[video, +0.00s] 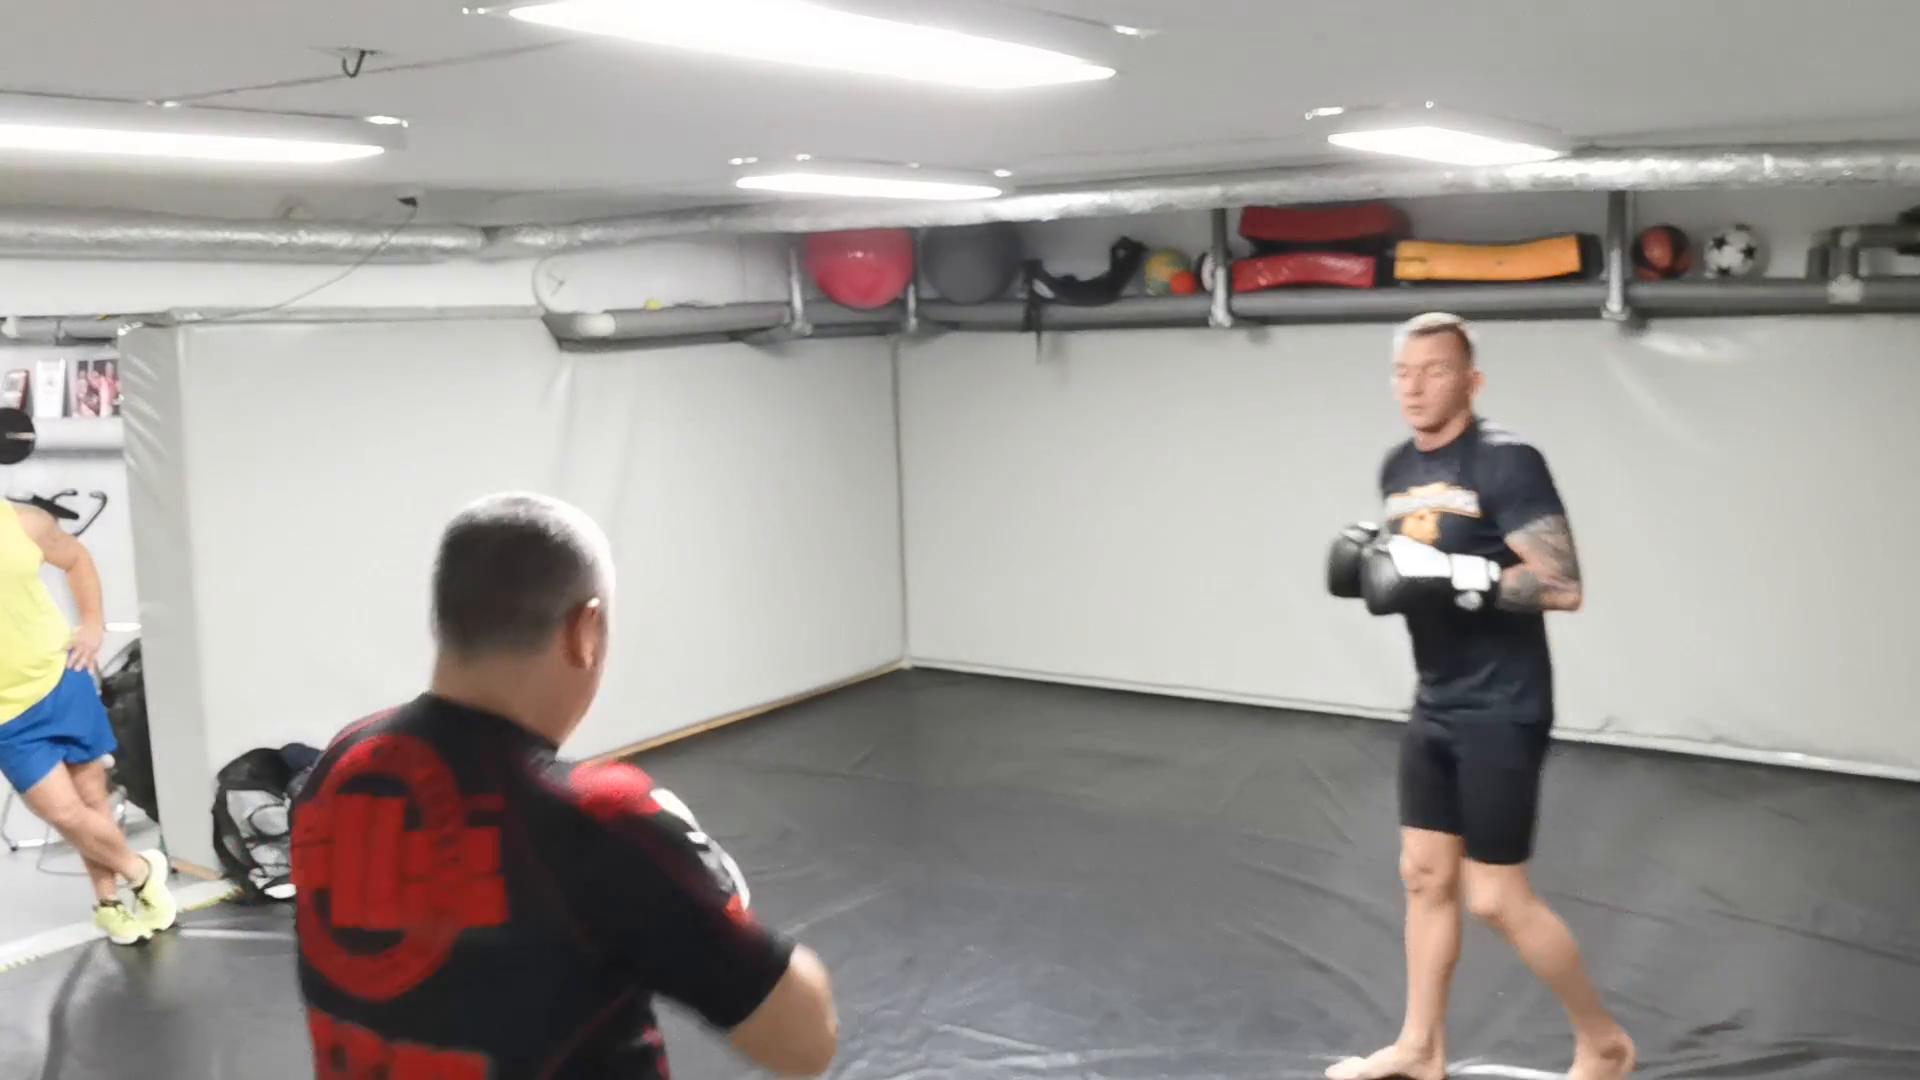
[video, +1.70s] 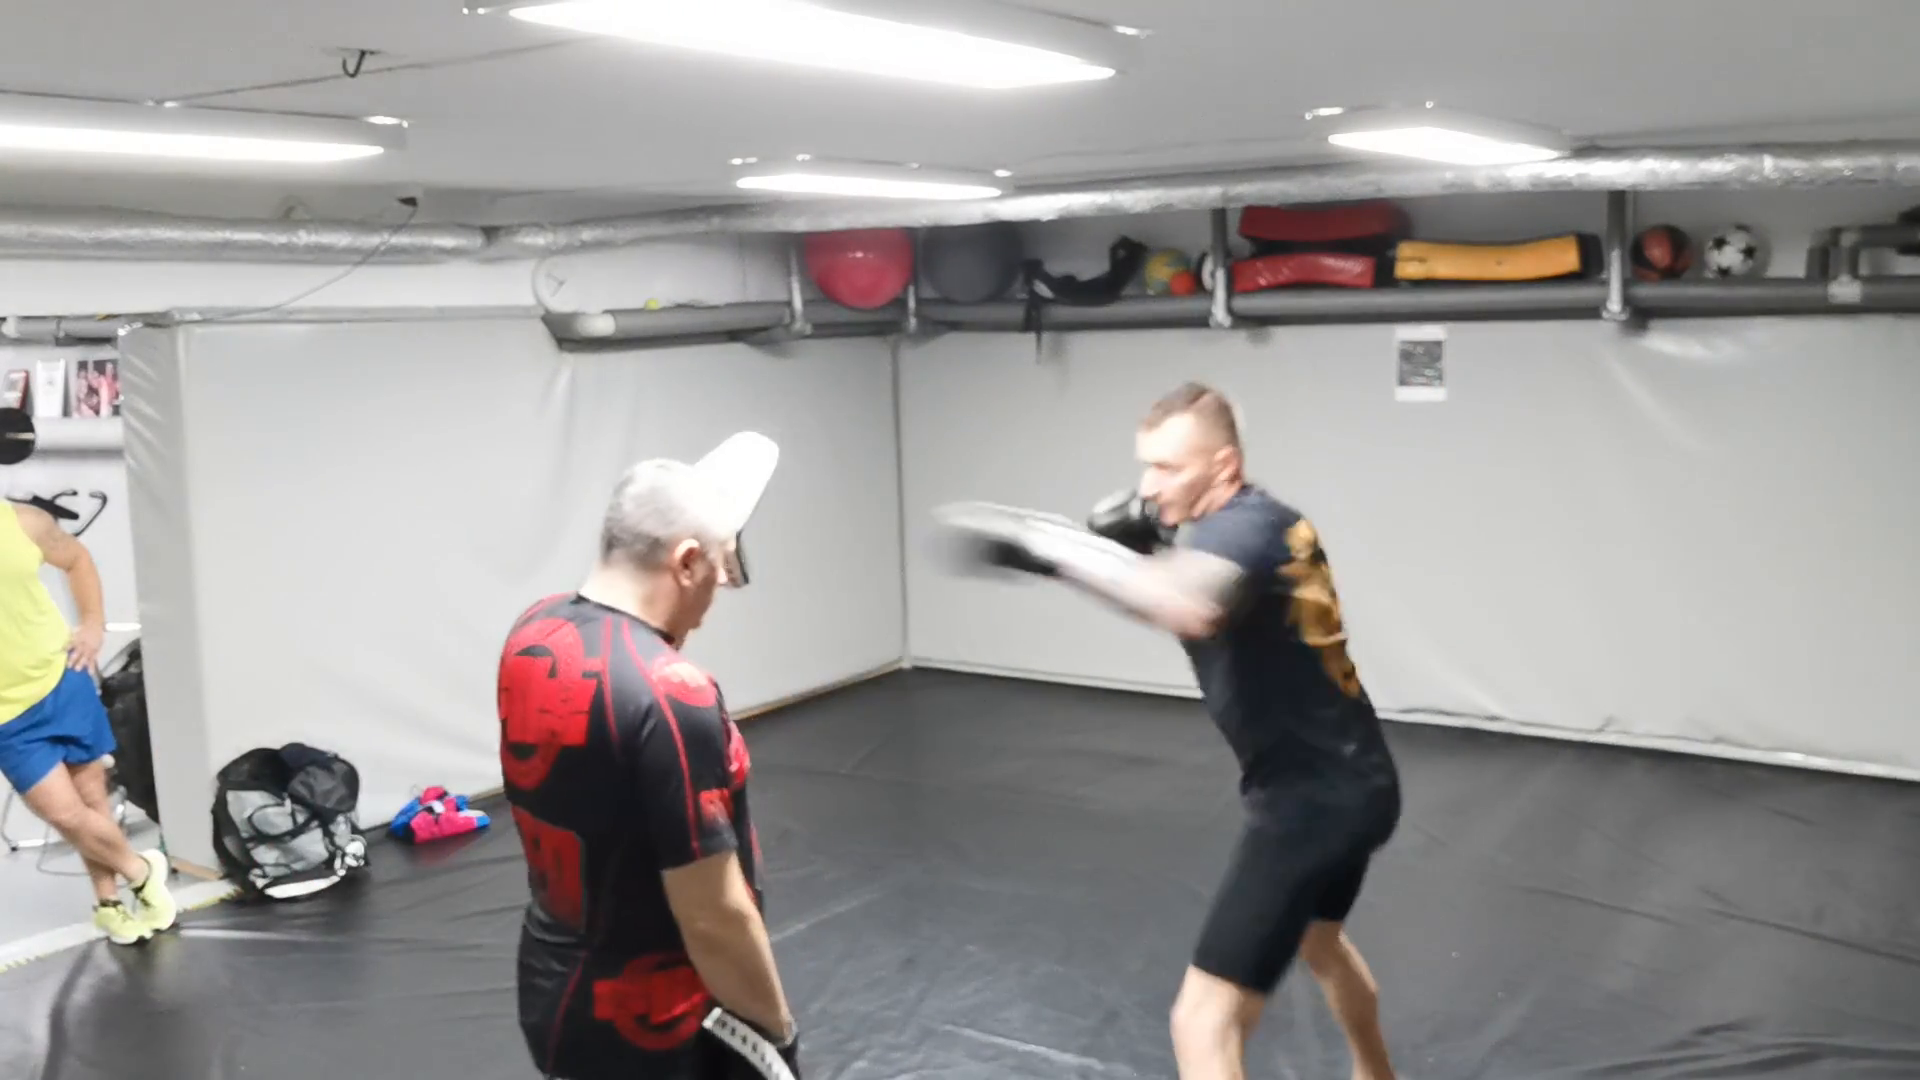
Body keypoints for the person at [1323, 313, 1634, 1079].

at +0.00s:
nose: (1413, 387)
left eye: (1431, 371)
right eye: (1403, 373)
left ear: (1471, 379)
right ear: (1394, 381)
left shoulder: (1510, 464)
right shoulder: (1399, 469)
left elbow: (1564, 587)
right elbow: (1414, 565)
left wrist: (1459, 573)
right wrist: (1368, 563)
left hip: (1505, 706)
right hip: (1434, 702)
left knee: (1497, 894)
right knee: (1425, 877)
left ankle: (1604, 1041)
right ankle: (1420, 1047)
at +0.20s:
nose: (1362, 395)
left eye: (1378, 380)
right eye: (1354, 381)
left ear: (1423, 386)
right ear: (1348, 389)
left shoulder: (1472, 470)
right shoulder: (1358, 485)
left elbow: (1509, 599)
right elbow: (1323, 609)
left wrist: (1418, 570)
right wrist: (1305, 565)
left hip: (1464, 707)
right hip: (1394, 705)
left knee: (1421, 897)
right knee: (1395, 884)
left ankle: (1527, 1038)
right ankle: (1417, 1049)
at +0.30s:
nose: (1343, 398)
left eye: (1360, 383)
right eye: (1335, 385)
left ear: (1402, 386)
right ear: (1328, 393)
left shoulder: (1454, 469)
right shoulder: (1337, 486)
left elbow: (1486, 602)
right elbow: (1307, 610)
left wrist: (1390, 555)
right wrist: (1289, 543)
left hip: (1447, 706)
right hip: (1380, 706)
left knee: (1397, 900)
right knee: (1392, 899)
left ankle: (1451, 1066)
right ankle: (1413, 1047)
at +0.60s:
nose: (1294, 427)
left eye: (1311, 409)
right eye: (1287, 411)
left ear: (1358, 410)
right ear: (1282, 414)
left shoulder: (1405, 497)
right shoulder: (1305, 497)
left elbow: (1406, 638)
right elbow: (1251, 613)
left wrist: (1324, 564)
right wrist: (1245, 529)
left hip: (1396, 737)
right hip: (1342, 732)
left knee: (1343, 931)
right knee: (1371, 904)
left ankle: (1347, 1074)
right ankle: (1413, 1050)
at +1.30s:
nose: (1218, 446)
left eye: (1233, 427)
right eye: (1211, 428)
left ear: (1285, 419)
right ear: (1208, 425)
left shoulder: (1333, 501)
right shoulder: (1242, 501)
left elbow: (1322, 644)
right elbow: (1191, 622)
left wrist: (1244, 566)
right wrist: (1171, 535)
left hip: (1331, 754)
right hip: (1287, 747)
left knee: (1265, 959)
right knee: (1318, 930)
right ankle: (1363, 1071)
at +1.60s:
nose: (1185, 480)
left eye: (1202, 461)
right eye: (1180, 463)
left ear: (1258, 458)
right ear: (1179, 460)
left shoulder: (1305, 537)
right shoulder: (1225, 533)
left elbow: (1311, 689)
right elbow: (1156, 644)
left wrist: (1225, 598)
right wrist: (1142, 552)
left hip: (1322, 790)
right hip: (1299, 784)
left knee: (1178, 980)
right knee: (1313, 952)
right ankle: (1376, 1073)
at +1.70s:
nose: (1148, 487)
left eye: (1166, 467)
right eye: (1145, 467)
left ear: (1225, 467)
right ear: (1229, 470)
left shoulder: (1237, 531)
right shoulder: (1272, 519)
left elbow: (1192, 607)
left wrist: (1060, 555)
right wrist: (1150, 543)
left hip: (1309, 799)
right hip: (1354, 785)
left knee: (1204, 1022)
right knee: (1322, 944)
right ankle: (1376, 1069)